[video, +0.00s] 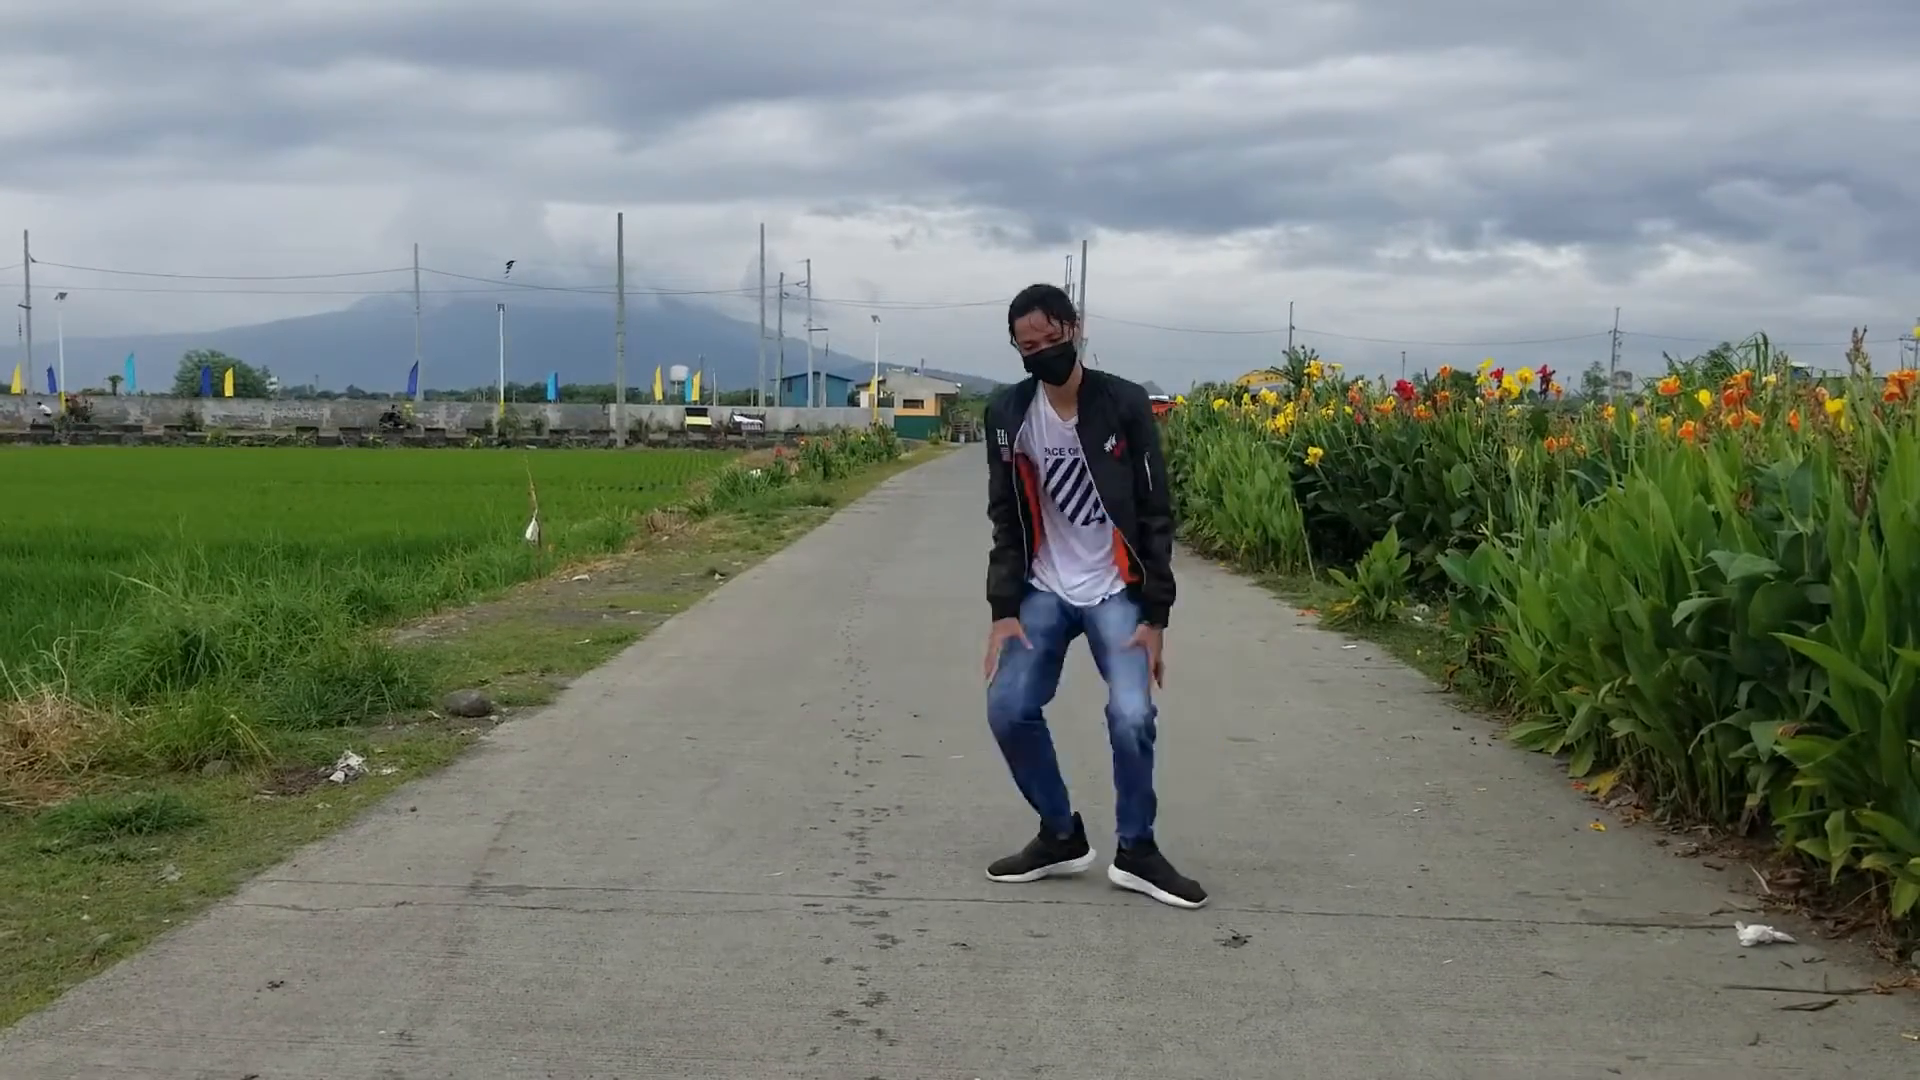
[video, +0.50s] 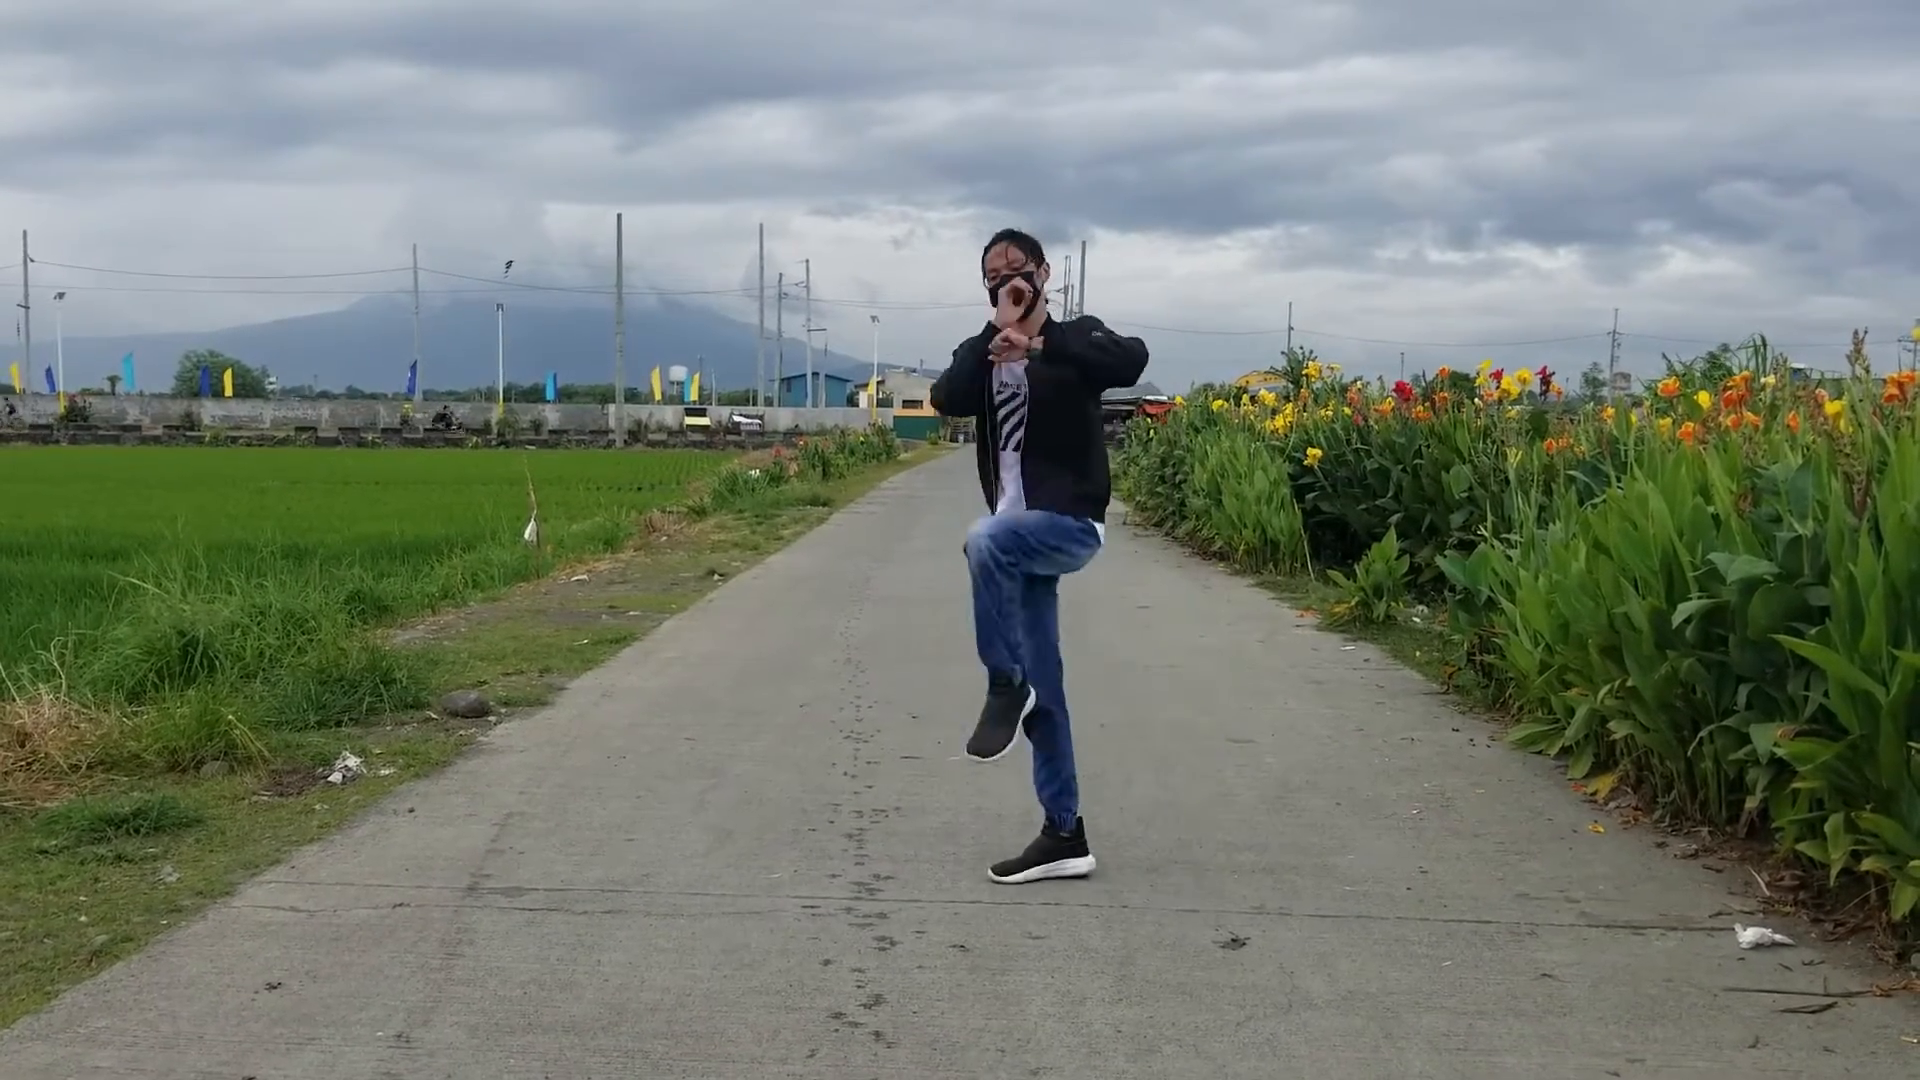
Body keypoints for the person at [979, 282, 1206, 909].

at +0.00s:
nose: (1038, 350)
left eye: (1046, 336)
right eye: (1026, 343)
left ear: (1073, 330)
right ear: (1018, 349)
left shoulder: (1124, 404)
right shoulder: (1008, 413)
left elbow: (1155, 514)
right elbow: (1006, 517)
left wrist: (1155, 616)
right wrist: (1003, 608)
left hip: (1115, 585)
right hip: (1041, 584)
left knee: (1133, 716)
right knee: (1008, 710)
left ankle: (1135, 850)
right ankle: (1061, 834)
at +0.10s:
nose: (1021, 310)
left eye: (1031, 296)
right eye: (1009, 302)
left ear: (1056, 293)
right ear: (998, 308)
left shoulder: (1104, 362)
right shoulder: (994, 378)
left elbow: (1134, 468)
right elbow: (995, 469)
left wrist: (1090, 551)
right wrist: (1020, 525)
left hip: (1105, 548)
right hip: (1041, 550)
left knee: (1096, 674)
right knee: (1023, 691)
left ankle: (1188, 795)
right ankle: (1066, 840)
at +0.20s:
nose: (1010, 280)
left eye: (1019, 267)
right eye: (998, 273)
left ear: (1046, 265)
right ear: (990, 284)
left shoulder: (1097, 333)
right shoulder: (989, 356)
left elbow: (1163, 400)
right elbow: (969, 442)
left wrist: (1074, 431)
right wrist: (1003, 383)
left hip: (1090, 530)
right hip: (1025, 543)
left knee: (1101, 612)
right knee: (1017, 682)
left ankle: (1163, 728)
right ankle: (1062, 831)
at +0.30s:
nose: (1014, 273)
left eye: (1023, 260)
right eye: (1001, 269)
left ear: (1048, 266)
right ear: (990, 284)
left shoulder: (1088, 331)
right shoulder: (984, 349)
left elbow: (1155, 365)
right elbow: (957, 413)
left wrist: (1067, 361)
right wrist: (1008, 342)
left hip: (1085, 506)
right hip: (1021, 527)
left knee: (1085, 547)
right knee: (1041, 691)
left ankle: (1119, 675)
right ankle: (1067, 832)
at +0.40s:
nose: (1010, 270)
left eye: (1020, 258)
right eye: (998, 264)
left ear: (1045, 266)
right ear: (987, 281)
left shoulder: (1083, 329)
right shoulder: (979, 348)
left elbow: (1142, 365)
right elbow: (955, 417)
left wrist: (1056, 354)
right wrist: (1002, 345)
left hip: (1079, 504)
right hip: (1010, 520)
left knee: (1045, 523)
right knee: (1033, 682)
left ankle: (1065, 667)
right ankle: (1065, 832)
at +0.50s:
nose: (1007, 283)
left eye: (1016, 270)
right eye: (996, 277)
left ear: (1042, 273)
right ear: (986, 291)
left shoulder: (1077, 333)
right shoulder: (980, 350)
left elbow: (1131, 361)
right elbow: (949, 400)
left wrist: (1046, 347)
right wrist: (992, 337)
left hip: (1070, 520)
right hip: (1012, 524)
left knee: (987, 540)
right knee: (1040, 685)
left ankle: (1005, 685)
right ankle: (1064, 833)